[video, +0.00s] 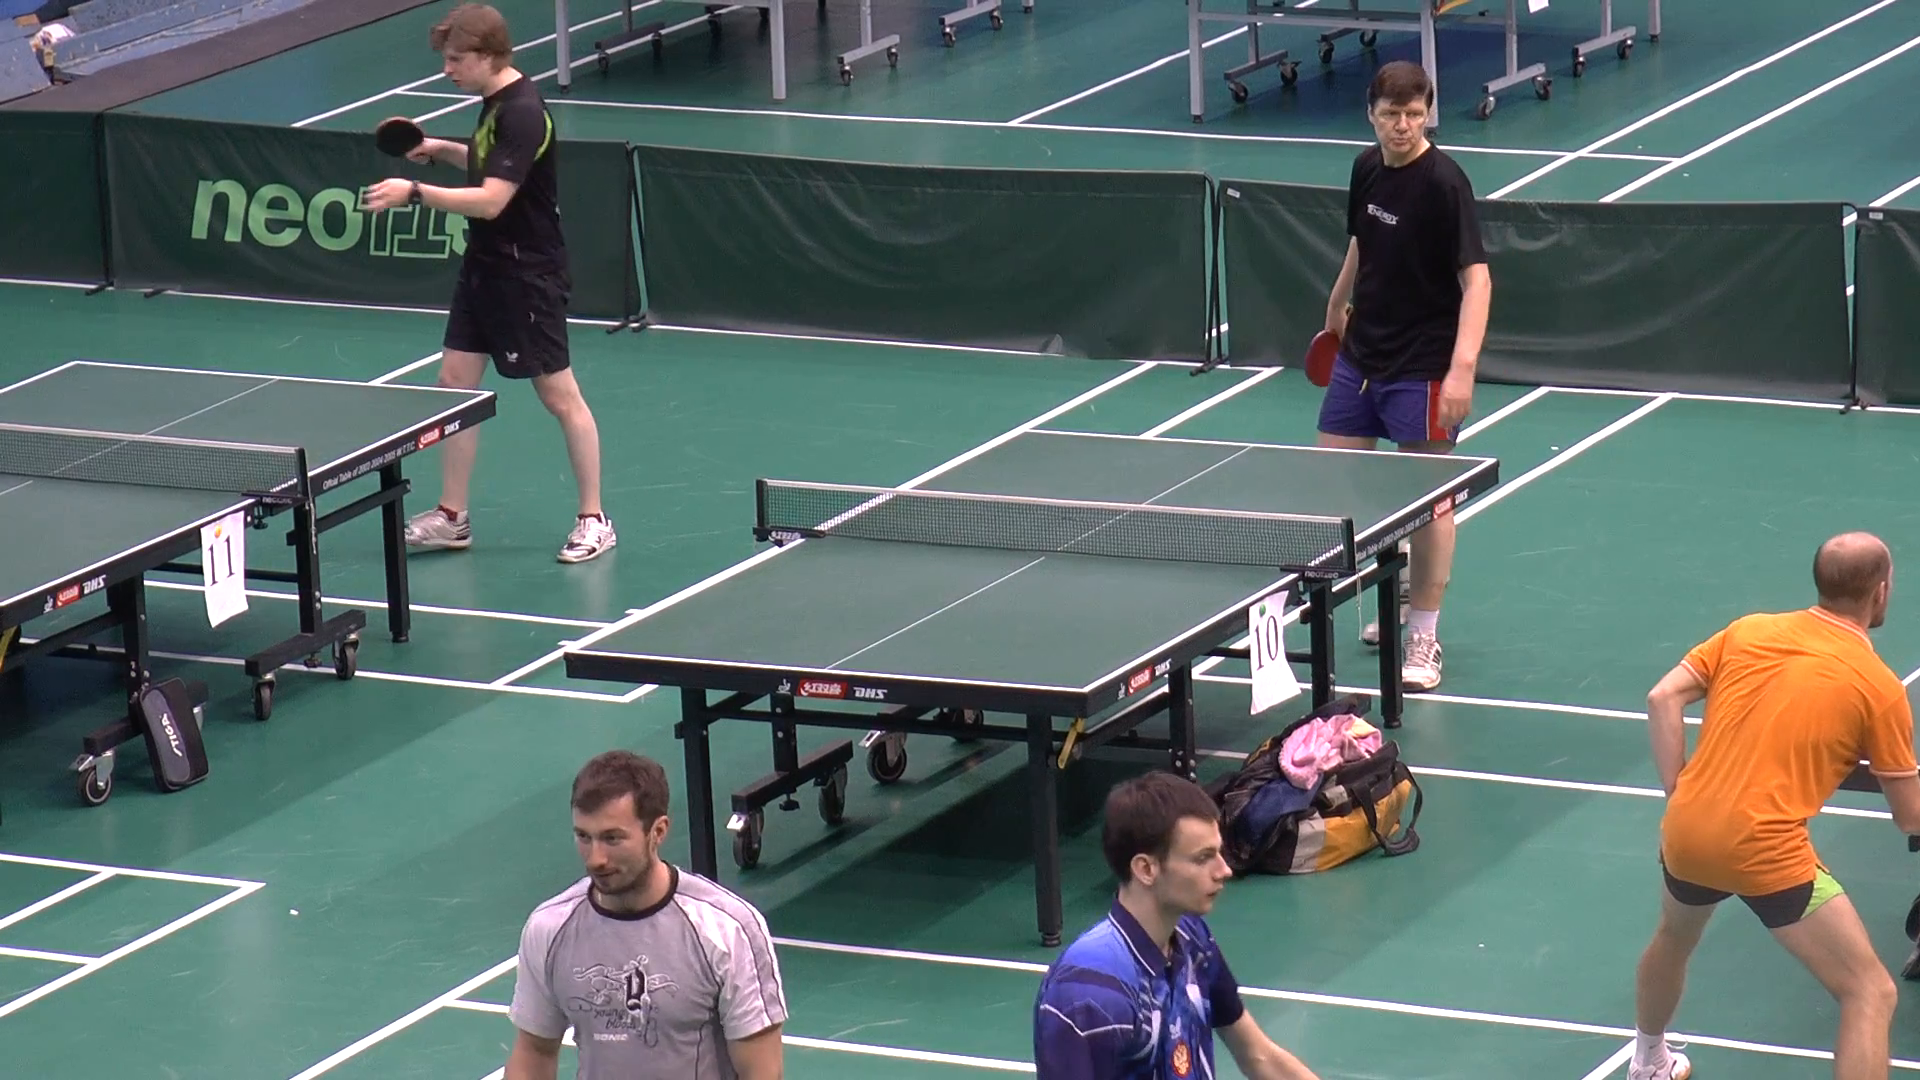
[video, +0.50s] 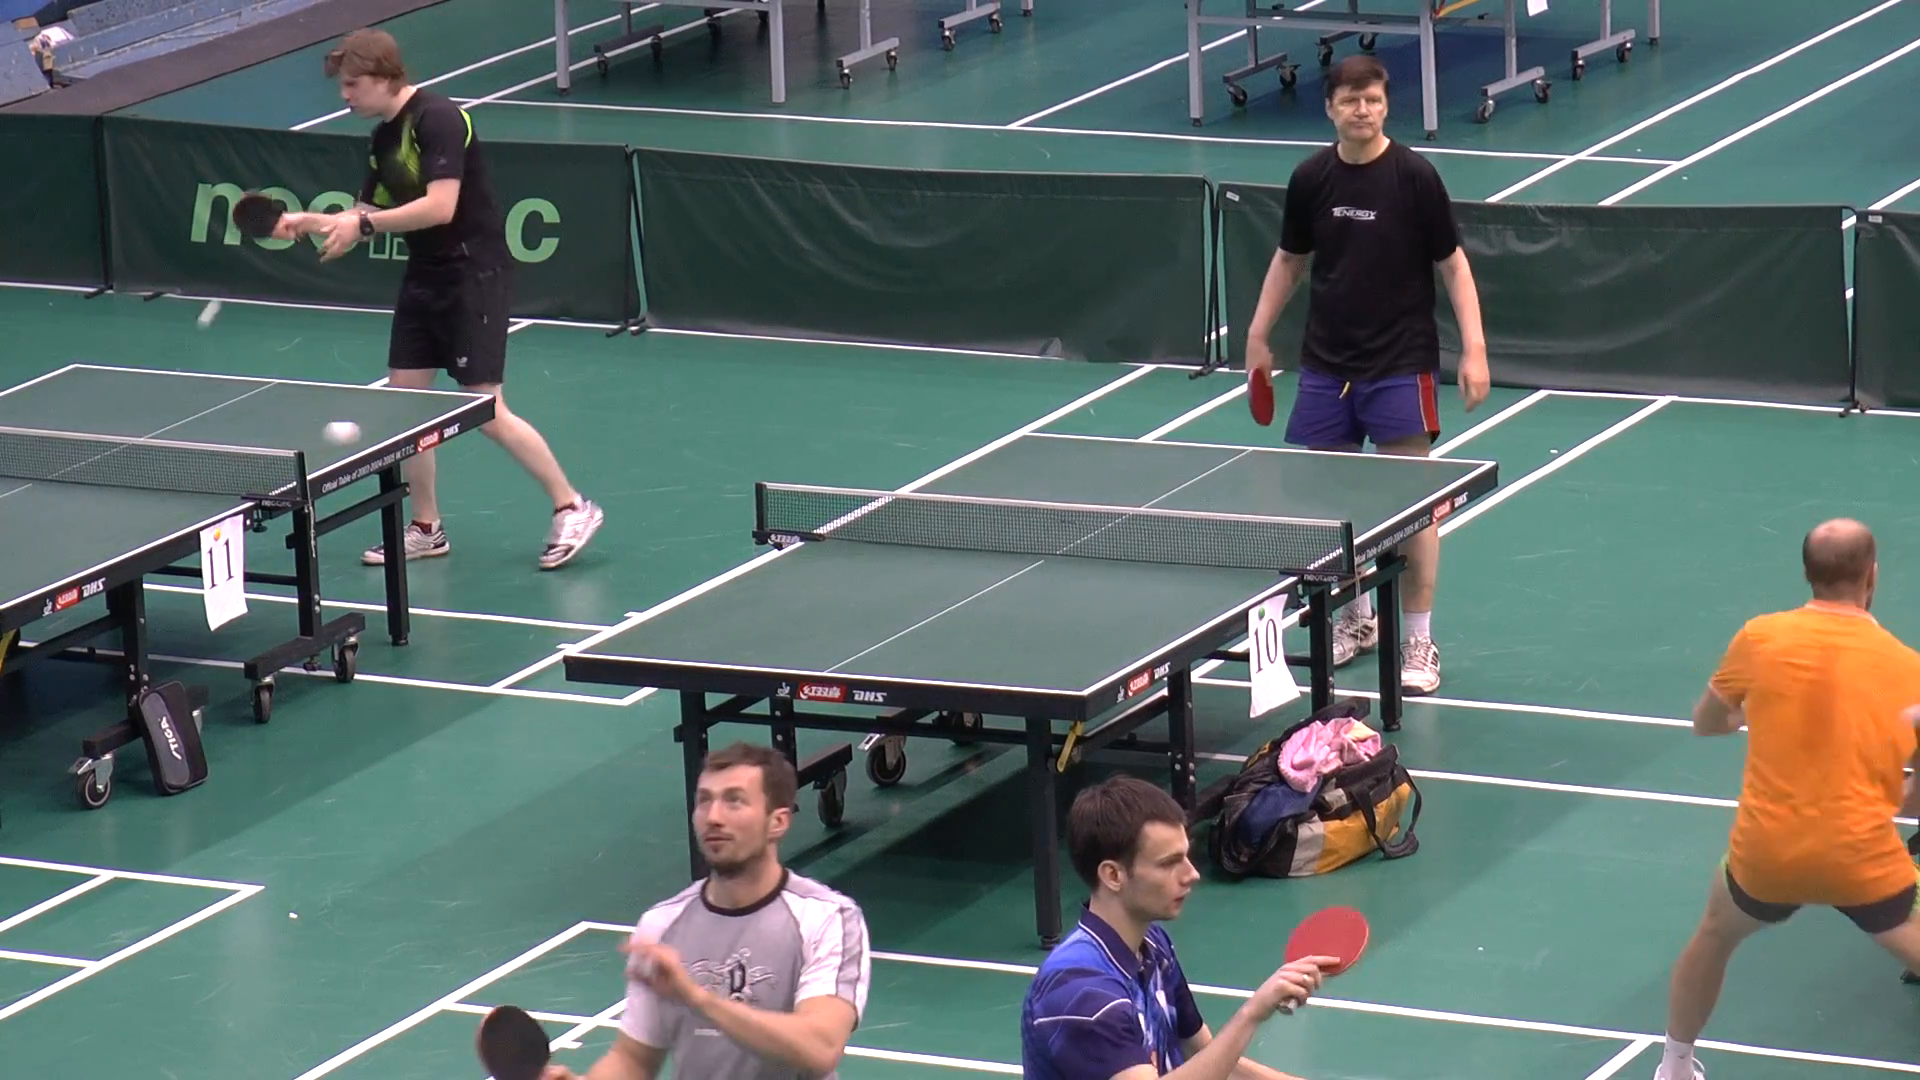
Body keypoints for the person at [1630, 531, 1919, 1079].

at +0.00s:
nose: (1889, 590)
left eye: (1888, 581)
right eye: (1889, 582)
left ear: (1820, 585)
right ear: (1879, 593)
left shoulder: (1747, 629)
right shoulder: (1879, 685)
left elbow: (1664, 696)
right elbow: (1911, 820)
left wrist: (1677, 795)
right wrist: (1875, 766)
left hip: (1685, 832)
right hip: (1766, 849)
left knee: (1671, 941)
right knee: (1870, 991)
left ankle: (1646, 1062)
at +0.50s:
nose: (1876, 571)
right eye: (1876, 564)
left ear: (1806, 574)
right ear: (1871, 574)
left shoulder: (1761, 638)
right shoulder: (1906, 663)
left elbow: (1706, 722)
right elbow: (1909, 797)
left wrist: (1744, 713)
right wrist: (1875, 787)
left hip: (1765, 854)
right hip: (1863, 859)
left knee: (1714, 938)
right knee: (1913, 947)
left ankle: (1675, 1065)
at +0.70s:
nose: (1869, 597)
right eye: (1869, 590)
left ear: (1803, 595)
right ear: (1867, 595)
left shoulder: (1756, 647)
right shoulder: (1899, 674)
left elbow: (1649, 697)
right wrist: (1883, 652)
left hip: (1733, 870)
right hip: (1829, 882)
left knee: (1689, 913)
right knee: (1917, 973)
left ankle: (1655, 1055)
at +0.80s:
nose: (1847, 597)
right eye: (1845, 588)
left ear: (1778, 585)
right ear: (1840, 595)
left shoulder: (1714, 633)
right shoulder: (1861, 657)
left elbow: (1625, 688)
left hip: (1667, 846)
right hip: (1750, 865)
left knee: (1681, 899)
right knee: (1895, 970)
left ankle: (1601, 1038)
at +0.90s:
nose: (1813, 590)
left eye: (1809, 579)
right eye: (1811, 581)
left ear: (1741, 583)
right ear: (1801, 589)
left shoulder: (1674, 631)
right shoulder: (1800, 659)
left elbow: (1607, 690)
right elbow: (1898, 685)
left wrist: (1541, 774)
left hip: (1637, 849)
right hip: (1715, 861)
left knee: (1661, 924)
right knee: (1851, 968)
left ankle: (1587, 1059)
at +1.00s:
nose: (1792, 568)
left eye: (1791, 558)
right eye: (1791, 558)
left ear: (1724, 559)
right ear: (1779, 565)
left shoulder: (1653, 609)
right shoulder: (1763, 636)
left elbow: (1570, 689)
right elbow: (1812, 714)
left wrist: (1537, 784)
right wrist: (1903, 753)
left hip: (1607, 825)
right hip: (1678, 836)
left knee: (1642, 913)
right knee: (1797, 960)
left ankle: (1584, 1058)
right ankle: (1820, 1071)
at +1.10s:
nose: (1775, 547)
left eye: (1772, 537)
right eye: (1774, 539)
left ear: (1705, 543)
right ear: (1761, 548)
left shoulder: (1643, 594)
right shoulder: (1746, 629)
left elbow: (1576, 685)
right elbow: (1776, 745)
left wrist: (1586, 759)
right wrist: (1861, 812)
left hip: (1572, 800)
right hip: (1647, 822)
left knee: (1588, 899)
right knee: (1759, 958)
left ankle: (1549, 1043)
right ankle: (1730, 1070)